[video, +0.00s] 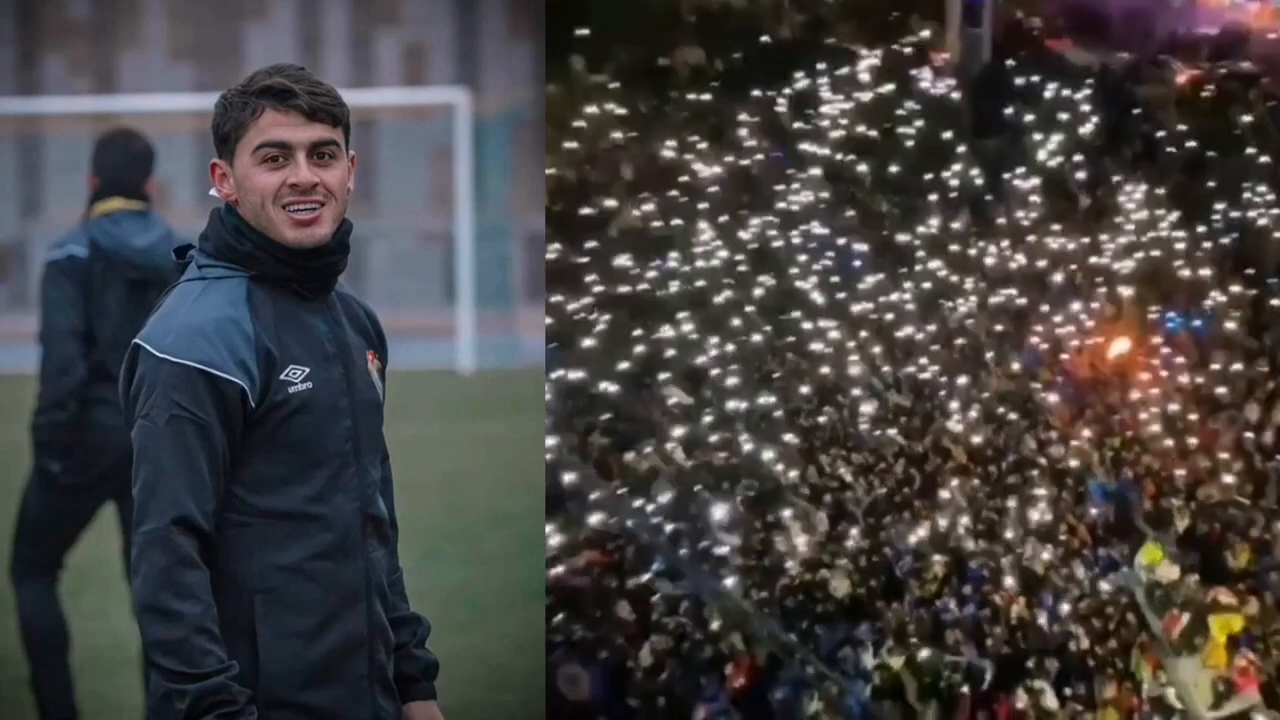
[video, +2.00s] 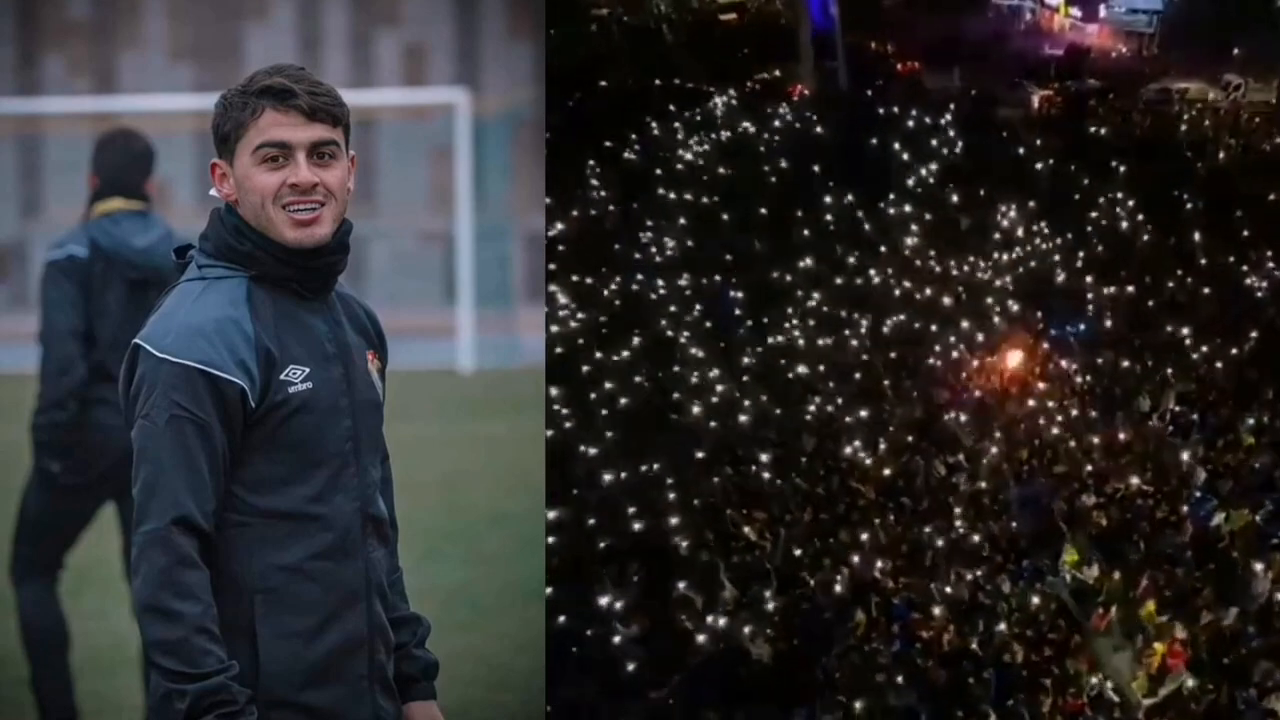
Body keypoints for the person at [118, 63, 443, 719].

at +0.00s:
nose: (304, 178)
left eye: (322, 155)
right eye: (274, 158)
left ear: (350, 171)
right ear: (226, 182)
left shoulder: (356, 323)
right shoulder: (195, 334)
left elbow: (372, 525)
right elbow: (164, 550)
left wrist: (414, 685)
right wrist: (213, 705)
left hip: (365, 690)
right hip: (259, 691)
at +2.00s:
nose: (305, 178)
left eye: (322, 155)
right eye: (274, 158)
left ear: (349, 171)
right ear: (226, 182)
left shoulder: (356, 323)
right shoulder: (195, 334)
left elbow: (372, 525)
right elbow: (164, 550)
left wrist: (414, 684)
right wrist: (213, 705)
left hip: (366, 690)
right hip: (260, 691)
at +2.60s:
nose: (305, 178)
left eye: (322, 155)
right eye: (274, 158)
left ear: (349, 171)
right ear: (226, 182)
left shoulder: (356, 323)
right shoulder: (195, 334)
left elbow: (372, 525)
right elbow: (164, 550)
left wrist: (414, 684)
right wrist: (213, 705)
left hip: (365, 690)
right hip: (260, 691)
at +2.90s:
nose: (305, 178)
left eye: (322, 155)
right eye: (274, 158)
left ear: (349, 171)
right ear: (226, 182)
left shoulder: (356, 323)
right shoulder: (195, 334)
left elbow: (372, 525)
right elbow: (164, 550)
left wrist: (414, 684)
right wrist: (213, 705)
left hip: (365, 690)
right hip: (260, 691)